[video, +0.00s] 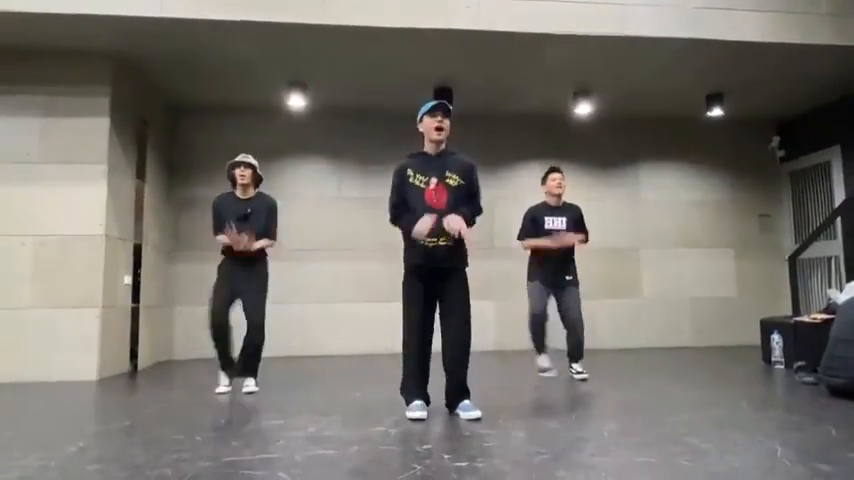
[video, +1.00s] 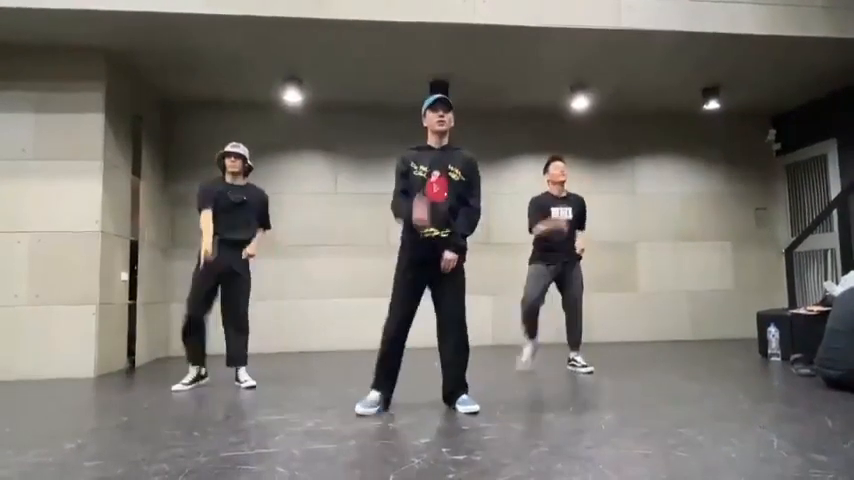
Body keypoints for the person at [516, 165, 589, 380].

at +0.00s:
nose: (558, 183)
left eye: (561, 180)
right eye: (553, 180)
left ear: (564, 186)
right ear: (544, 186)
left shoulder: (574, 211)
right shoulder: (534, 212)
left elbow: (583, 237)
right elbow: (525, 242)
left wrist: (568, 238)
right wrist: (551, 241)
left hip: (566, 273)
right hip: (539, 274)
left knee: (574, 319)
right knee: (537, 311)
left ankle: (575, 362)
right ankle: (541, 353)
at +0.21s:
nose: (556, 189)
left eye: (558, 185)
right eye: (551, 185)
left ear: (562, 191)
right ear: (541, 192)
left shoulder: (573, 216)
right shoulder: (530, 216)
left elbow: (605, 221)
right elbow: (500, 223)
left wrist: (635, 222)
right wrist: (473, 218)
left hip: (561, 286)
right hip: (530, 285)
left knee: (576, 325)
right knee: (508, 325)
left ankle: (574, 363)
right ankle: (492, 361)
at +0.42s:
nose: (563, 179)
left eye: (565, 176)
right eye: (558, 176)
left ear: (569, 180)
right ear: (549, 182)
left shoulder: (575, 206)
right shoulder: (539, 208)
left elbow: (577, 233)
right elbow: (526, 236)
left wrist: (588, 235)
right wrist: (542, 256)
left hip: (572, 269)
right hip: (547, 270)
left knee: (578, 315)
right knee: (546, 314)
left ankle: (576, 359)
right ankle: (541, 354)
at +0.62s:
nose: (565, 178)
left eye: (567, 174)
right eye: (560, 175)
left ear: (571, 179)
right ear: (551, 180)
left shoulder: (577, 205)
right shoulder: (541, 206)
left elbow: (584, 236)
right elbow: (540, 231)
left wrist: (588, 254)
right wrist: (563, 241)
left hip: (576, 265)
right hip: (552, 266)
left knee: (584, 308)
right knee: (571, 305)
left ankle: (576, 356)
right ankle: (560, 349)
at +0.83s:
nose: (563, 173)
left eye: (564, 170)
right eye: (558, 171)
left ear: (568, 174)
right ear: (550, 176)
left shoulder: (580, 201)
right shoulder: (541, 198)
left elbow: (585, 233)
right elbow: (546, 192)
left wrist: (583, 253)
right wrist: (546, 165)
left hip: (571, 258)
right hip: (548, 253)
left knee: (577, 310)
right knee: (549, 274)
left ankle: (574, 356)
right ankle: (550, 302)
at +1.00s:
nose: (562, 172)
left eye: (563, 169)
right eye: (557, 169)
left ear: (567, 174)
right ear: (547, 175)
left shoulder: (577, 202)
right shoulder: (537, 202)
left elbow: (580, 230)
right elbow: (534, 229)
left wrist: (579, 245)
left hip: (569, 261)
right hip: (542, 261)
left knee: (574, 305)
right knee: (530, 301)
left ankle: (574, 354)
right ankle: (531, 341)